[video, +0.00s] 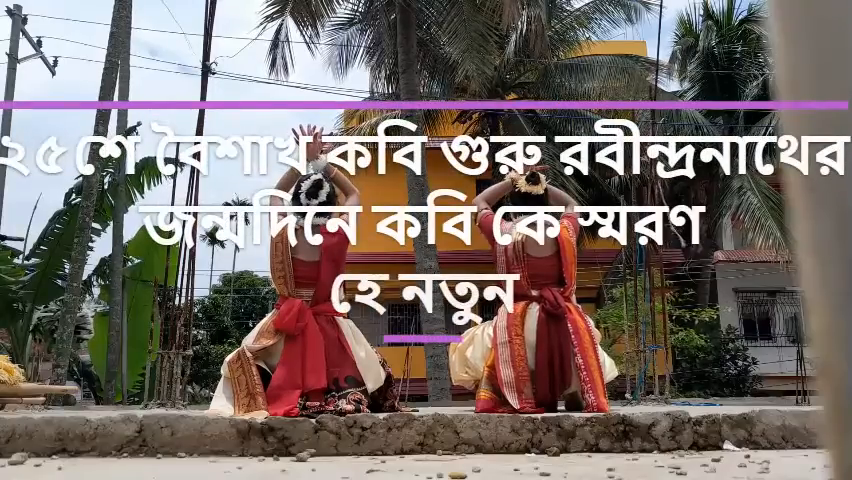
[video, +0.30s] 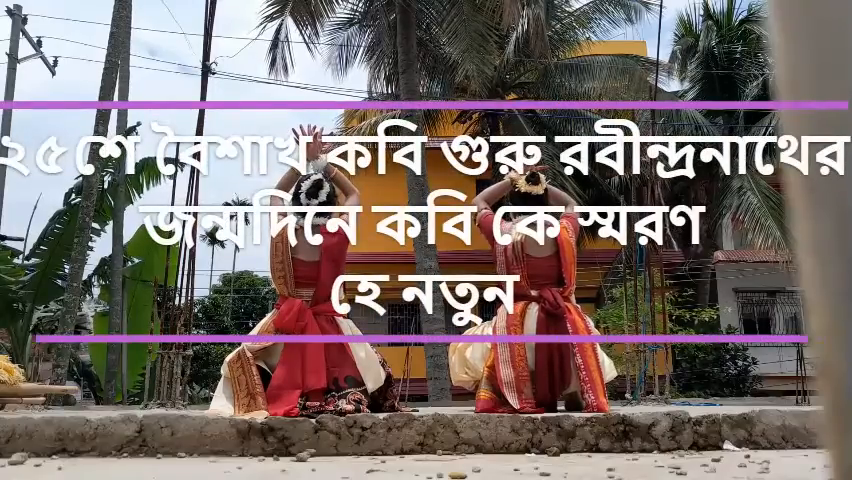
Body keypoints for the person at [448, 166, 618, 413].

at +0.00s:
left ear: (512, 208)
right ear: (545, 206)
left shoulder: (504, 234)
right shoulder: (563, 232)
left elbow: (481, 202)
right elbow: (570, 204)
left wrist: (509, 183)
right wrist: (543, 187)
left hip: (520, 317)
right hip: (564, 317)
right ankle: (574, 392)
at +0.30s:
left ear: (512, 210)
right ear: (545, 207)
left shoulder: (504, 234)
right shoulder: (563, 232)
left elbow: (480, 201)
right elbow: (570, 204)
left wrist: (509, 182)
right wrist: (543, 187)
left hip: (519, 319)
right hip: (563, 318)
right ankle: (574, 393)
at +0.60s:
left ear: (512, 210)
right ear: (545, 206)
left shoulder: (503, 233)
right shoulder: (563, 232)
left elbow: (480, 201)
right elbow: (569, 204)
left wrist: (509, 182)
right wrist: (542, 186)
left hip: (519, 316)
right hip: (562, 315)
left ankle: (520, 394)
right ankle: (573, 392)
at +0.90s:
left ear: (510, 210)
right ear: (543, 207)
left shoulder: (502, 234)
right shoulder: (562, 232)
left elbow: (479, 201)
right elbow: (569, 202)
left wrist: (508, 182)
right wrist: (542, 186)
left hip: (518, 318)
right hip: (561, 317)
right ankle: (573, 390)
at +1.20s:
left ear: (511, 211)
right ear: (544, 207)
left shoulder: (502, 234)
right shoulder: (562, 233)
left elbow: (479, 200)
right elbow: (569, 202)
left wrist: (508, 181)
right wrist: (542, 185)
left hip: (518, 318)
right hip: (561, 317)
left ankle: (519, 393)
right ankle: (573, 390)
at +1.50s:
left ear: (511, 211)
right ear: (544, 207)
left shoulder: (503, 234)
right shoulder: (562, 233)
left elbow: (479, 200)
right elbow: (570, 202)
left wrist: (507, 182)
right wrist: (542, 185)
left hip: (518, 319)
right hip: (561, 318)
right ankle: (574, 394)